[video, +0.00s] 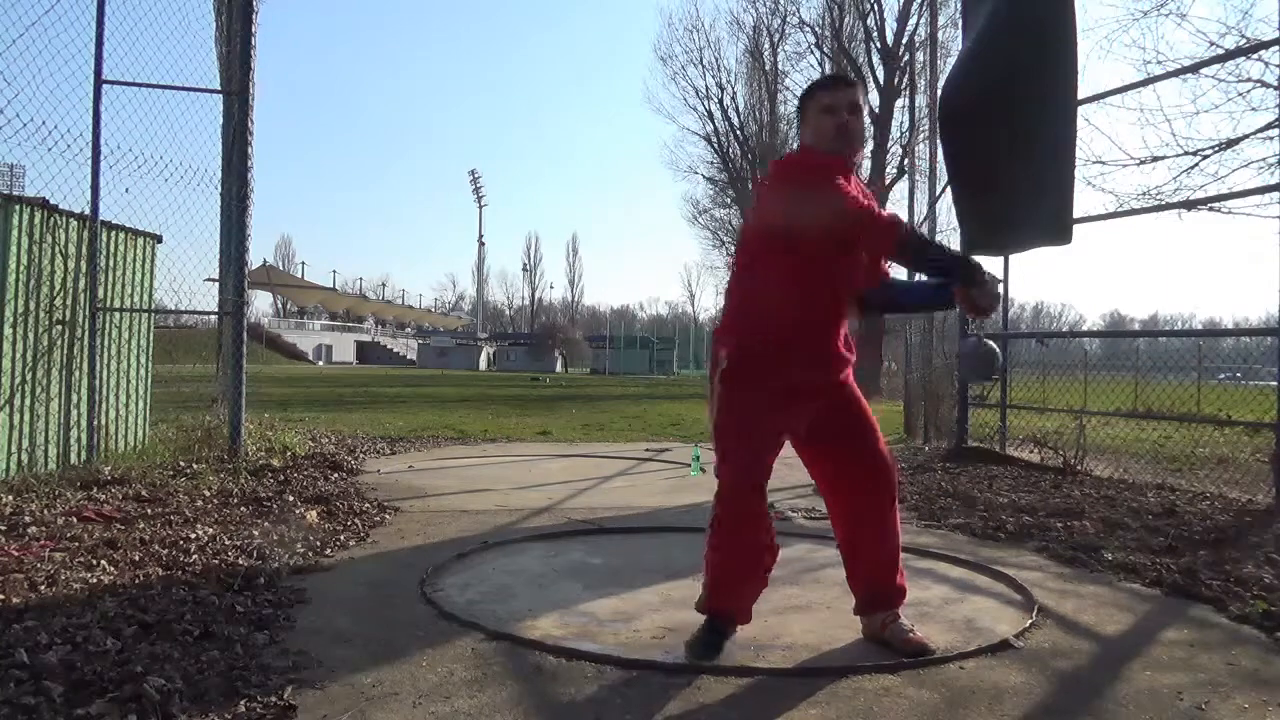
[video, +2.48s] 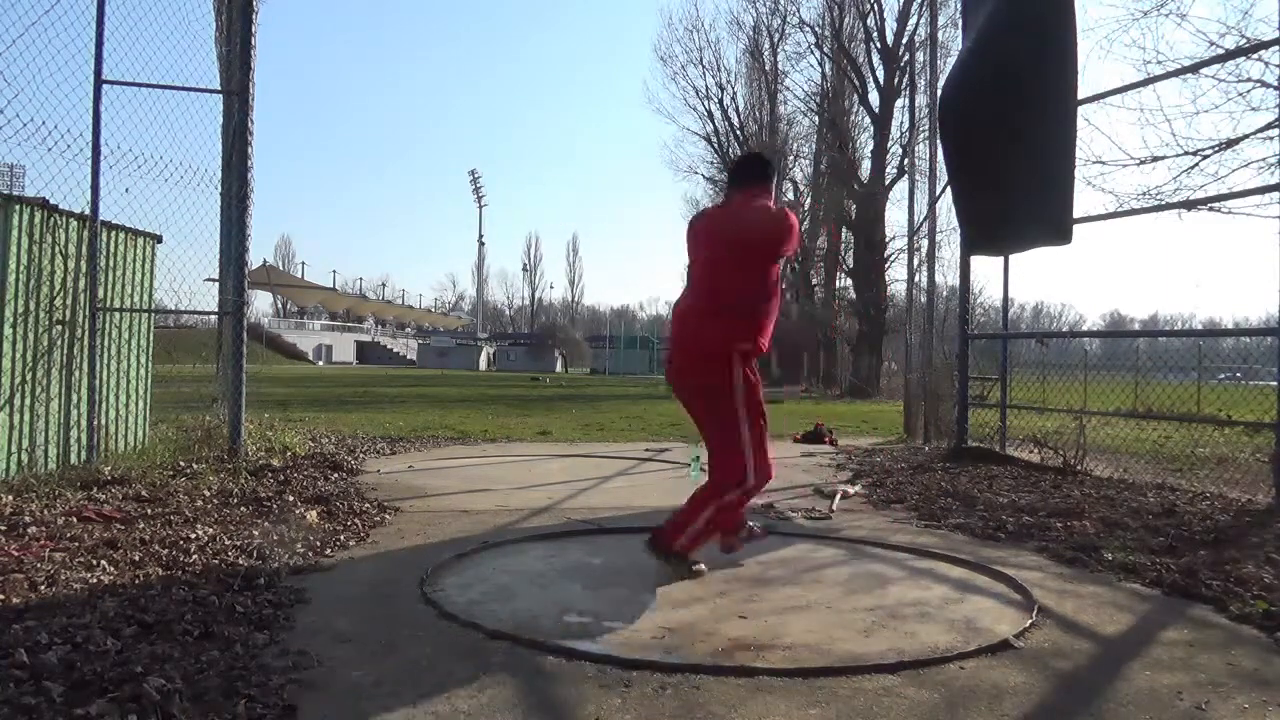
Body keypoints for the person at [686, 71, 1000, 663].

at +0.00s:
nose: (844, 120)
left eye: (854, 111)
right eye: (829, 110)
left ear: (865, 125)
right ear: (803, 124)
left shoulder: (855, 203)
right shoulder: (793, 179)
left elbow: (871, 295)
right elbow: (889, 235)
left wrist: (953, 294)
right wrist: (967, 271)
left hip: (824, 371)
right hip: (753, 368)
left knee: (871, 476)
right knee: (740, 489)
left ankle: (881, 614)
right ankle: (720, 612)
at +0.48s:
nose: (756, 157)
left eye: (760, 145)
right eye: (758, 147)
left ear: (779, 143)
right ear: (805, 145)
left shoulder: (819, 191)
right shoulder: (788, 200)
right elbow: (730, 244)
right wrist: (652, 254)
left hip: (848, 371)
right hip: (799, 373)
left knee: (803, 501)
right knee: (730, 481)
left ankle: (920, 571)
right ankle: (747, 626)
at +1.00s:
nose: (853, 152)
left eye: (851, 140)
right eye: (847, 140)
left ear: (805, 142)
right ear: (826, 139)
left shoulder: (772, 192)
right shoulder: (827, 190)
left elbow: (790, 287)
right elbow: (868, 254)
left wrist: (861, 300)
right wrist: (871, 212)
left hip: (787, 366)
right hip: (746, 366)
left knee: (849, 483)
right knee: (789, 511)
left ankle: (863, 603)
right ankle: (688, 590)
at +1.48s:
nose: (799, 170)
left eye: (803, 160)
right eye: (801, 161)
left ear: (817, 158)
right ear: (850, 158)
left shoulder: (843, 197)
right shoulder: (830, 201)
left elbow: (754, 233)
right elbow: (753, 237)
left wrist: (680, 219)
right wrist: (683, 218)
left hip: (848, 354)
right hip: (824, 352)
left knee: (780, 466)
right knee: (759, 463)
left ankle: (862, 553)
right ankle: (722, 598)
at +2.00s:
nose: (743, 195)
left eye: (752, 186)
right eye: (733, 187)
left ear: (768, 193)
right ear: (723, 196)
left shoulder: (790, 249)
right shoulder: (712, 248)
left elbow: (814, 308)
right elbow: (766, 305)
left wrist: (838, 351)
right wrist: (829, 351)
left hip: (775, 378)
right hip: (715, 383)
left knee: (833, 458)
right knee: (715, 473)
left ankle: (829, 566)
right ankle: (714, 569)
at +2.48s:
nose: (772, 196)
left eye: (769, 191)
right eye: (772, 190)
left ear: (730, 186)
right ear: (768, 188)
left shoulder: (701, 222)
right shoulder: (775, 219)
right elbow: (786, 241)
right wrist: (770, 206)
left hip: (687, 357)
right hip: (723, 358)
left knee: (734, 444)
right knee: (749, 472)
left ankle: (731, 531)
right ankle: (671, 543)